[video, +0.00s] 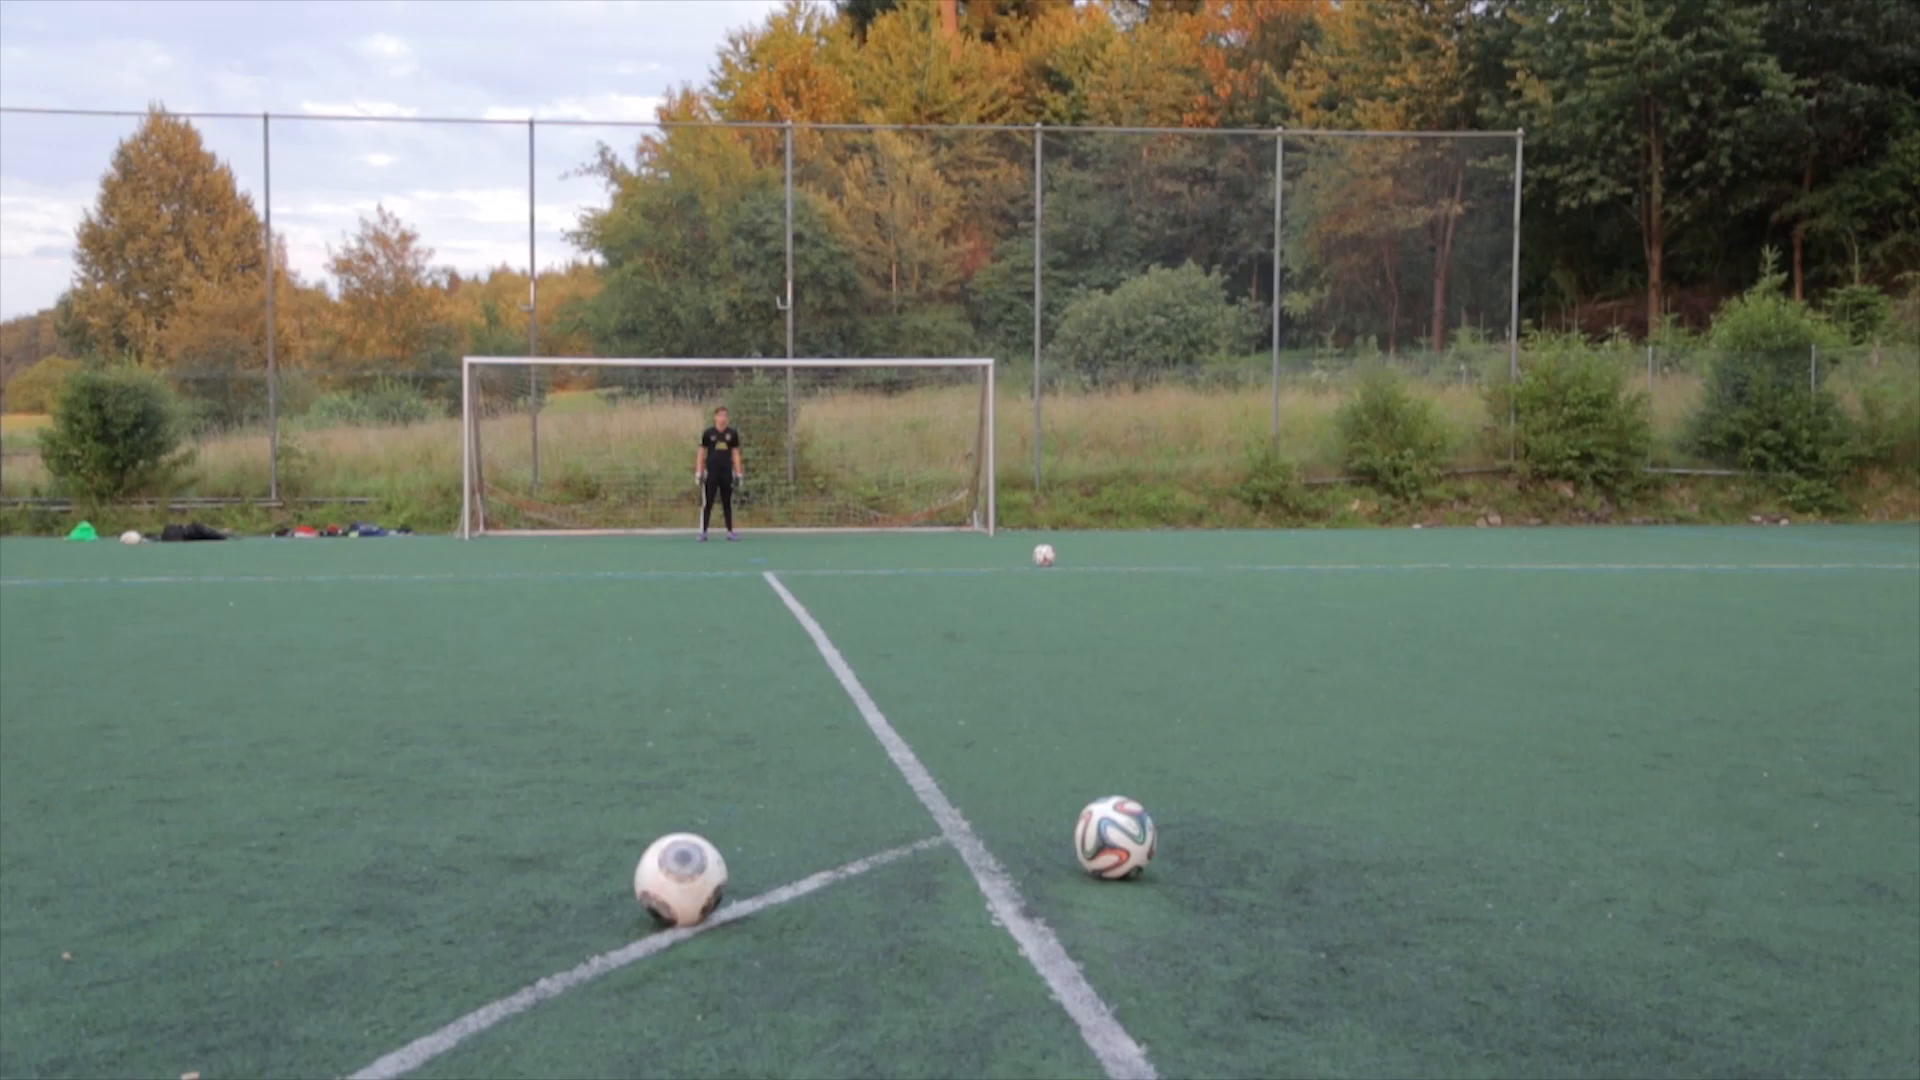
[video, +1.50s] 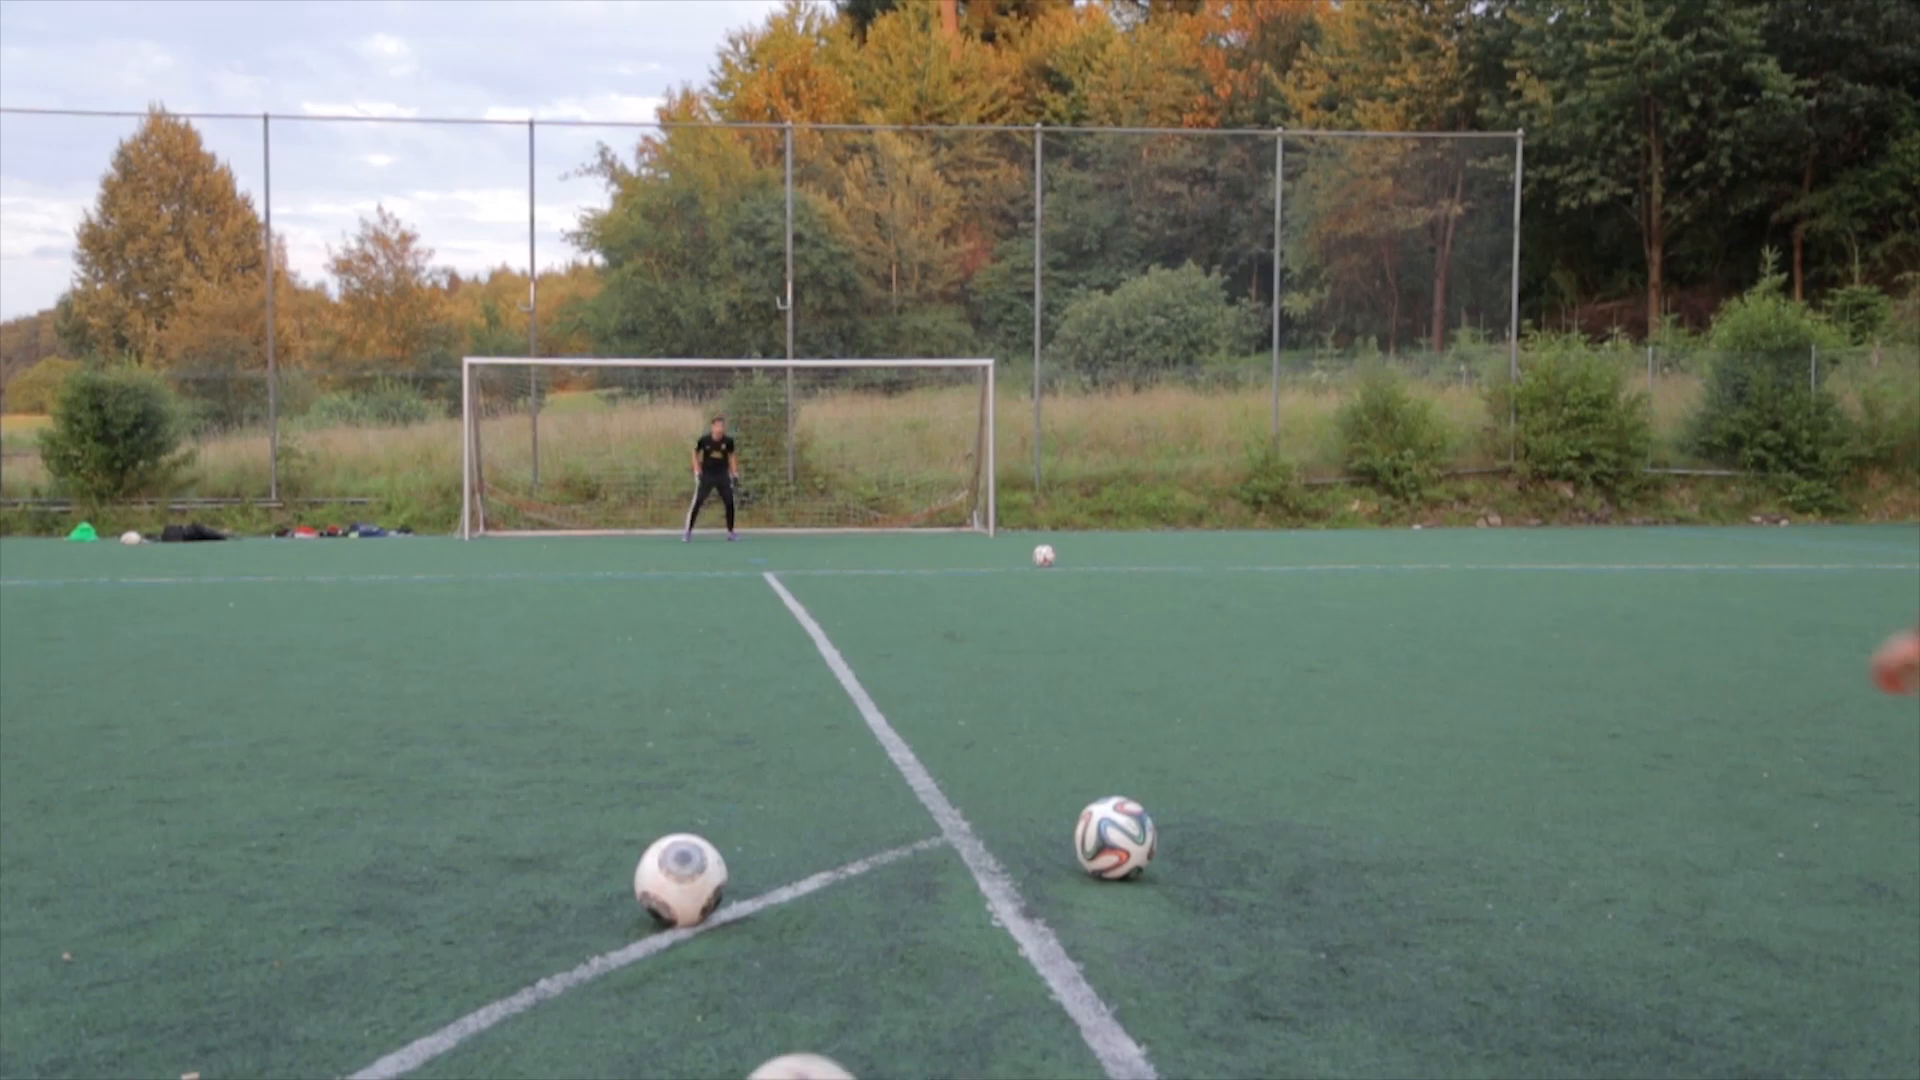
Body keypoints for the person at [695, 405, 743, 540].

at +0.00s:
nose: (723, 419)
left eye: (725, 416)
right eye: (720, 416)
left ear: (728, 418)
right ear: (715, 418)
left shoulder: (732, 434)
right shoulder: (708, 433)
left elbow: (736, 453)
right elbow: (702, 452)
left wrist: (738, 471)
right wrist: (699, 470)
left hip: (726, 473)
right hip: (711, 473)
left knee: (727, 503)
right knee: (708, 503)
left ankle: (730, 530)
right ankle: (704, 530)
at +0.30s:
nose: (723, 420)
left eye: (725, 416)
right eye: (720, 416)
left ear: (728, 419)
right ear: (715, 418)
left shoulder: (732, 434)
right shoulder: (709, 434)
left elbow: (736, 454)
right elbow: (702, 452)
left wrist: (738, 472)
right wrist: (699, 470)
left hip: (726, 473)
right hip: (711, 473)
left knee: (727, 503)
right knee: (708, 503)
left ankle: (730, 530)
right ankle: (703, 531)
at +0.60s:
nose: (723, 420)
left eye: (725, 417)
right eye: (721, 416)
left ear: (729, 419)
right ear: (716, 418)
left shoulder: (733, 435)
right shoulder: (709, 434)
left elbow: (736, 454)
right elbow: (702, 453)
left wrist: (738, 472)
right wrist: (699, 470)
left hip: (726, 473)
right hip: (711, 473)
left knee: (727, 503)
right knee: (708, 503)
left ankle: (730, 530)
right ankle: (703, 531)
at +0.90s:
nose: (724, 420)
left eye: (726, 417)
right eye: (721, 417)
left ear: (729, 419)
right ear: (716, 419)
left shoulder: (733, 435)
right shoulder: (709, 434)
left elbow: (736, 454)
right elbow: (702, 452)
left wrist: (739, 472)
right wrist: (700, 470)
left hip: (727, 474)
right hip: (711, 473)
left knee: (728, 503)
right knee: (708, 504)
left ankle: (730, 530)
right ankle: (703, 531)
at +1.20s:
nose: (726, 424)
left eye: (728, 421)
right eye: (723, 421)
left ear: (731, 423)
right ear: (718, 422)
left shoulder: (735, 438)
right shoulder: (711, 436)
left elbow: (738, 455)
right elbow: (703, 452)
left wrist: (740, 473)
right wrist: (702, 470)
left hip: (728, 474)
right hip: (712, 474)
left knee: (729, 503)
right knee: (706, 502)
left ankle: (730, 530)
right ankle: (703, 531)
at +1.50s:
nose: (718, 429)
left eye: (720, 426)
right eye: (716, 426)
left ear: (724, 428)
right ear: (712, 427)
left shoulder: (728, 442)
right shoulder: (704, 441)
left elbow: (731, 456)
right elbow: (695, 453)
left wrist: (734, 471)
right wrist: (697, 469)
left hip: (723, 476)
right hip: (706, 476)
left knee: (729, 503)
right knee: (697, 502)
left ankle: (730, 530)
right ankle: (688, 531)